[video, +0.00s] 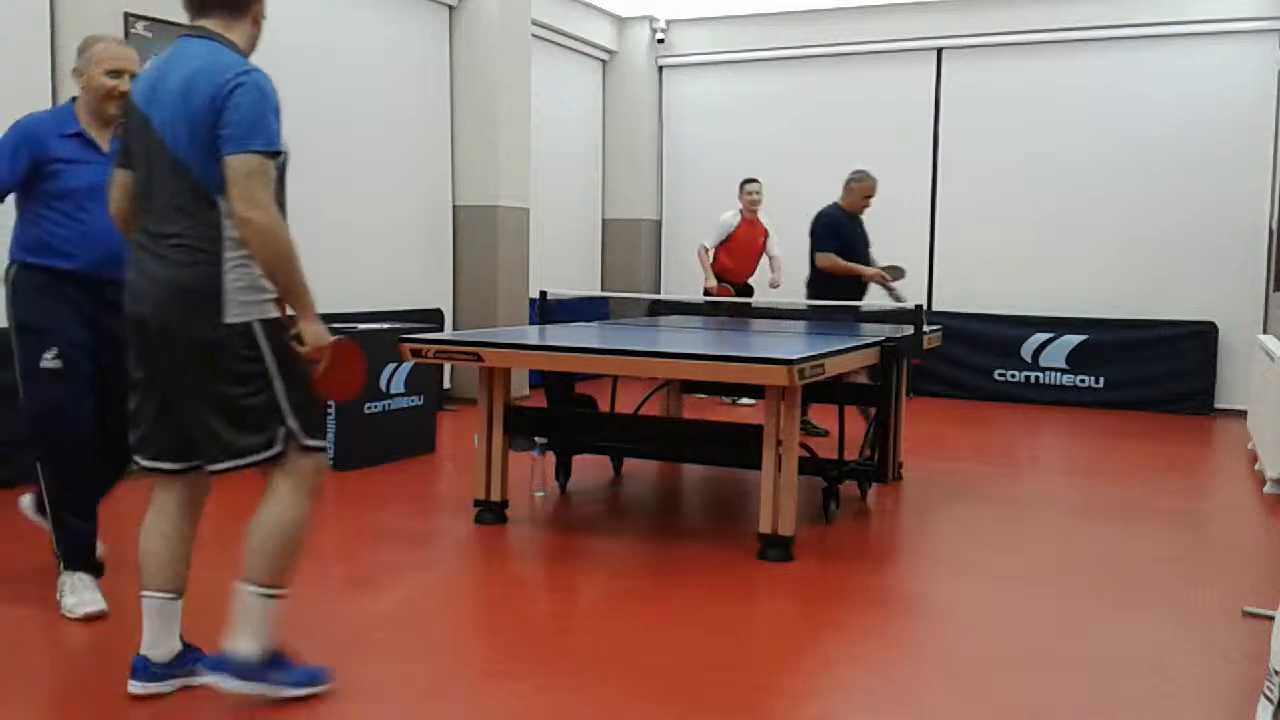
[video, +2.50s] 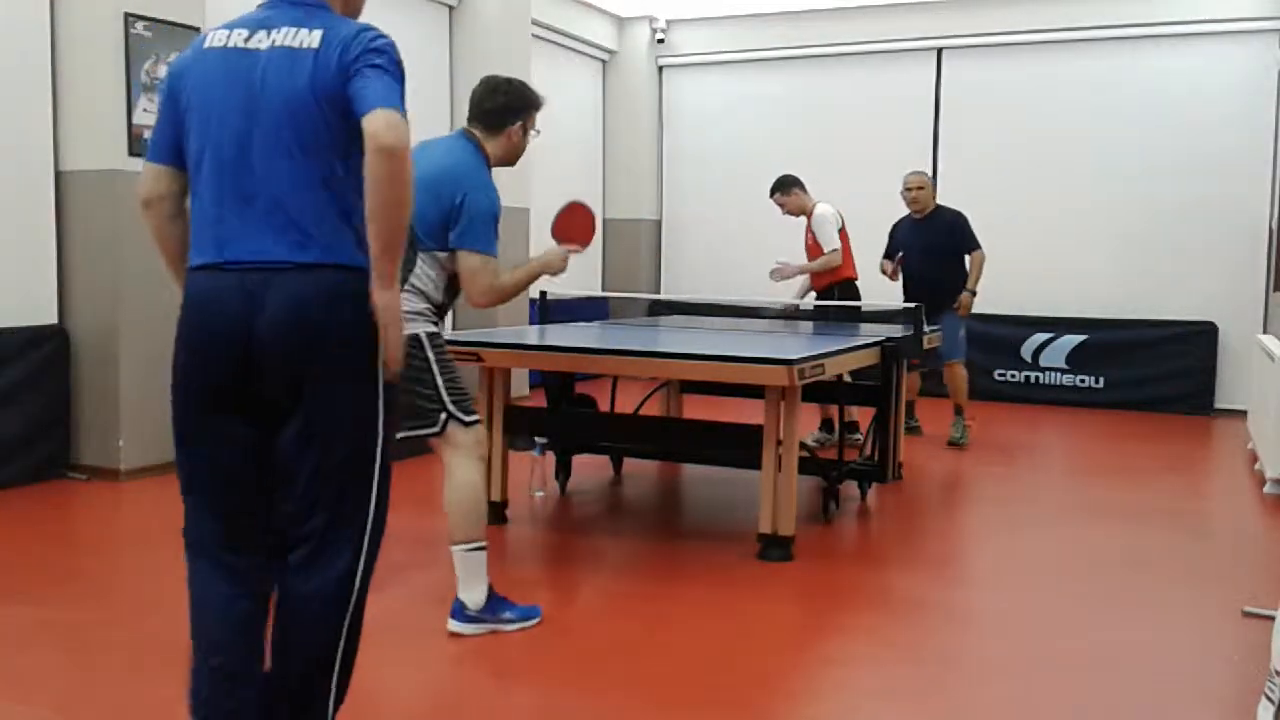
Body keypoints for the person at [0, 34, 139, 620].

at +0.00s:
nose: (124, 85)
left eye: (132, 77)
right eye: (113, 74)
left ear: (137, 83)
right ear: (79, 78)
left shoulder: (141, 142)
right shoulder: (36, 134)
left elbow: (157, 220)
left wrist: (162, 287)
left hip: (117, 295)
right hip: (47, 291)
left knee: (119, 435)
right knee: (65, 425)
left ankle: (52, 496)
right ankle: (78, 569)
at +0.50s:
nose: (250, 79)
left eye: (249, 68)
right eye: (244, 67)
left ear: (212, 67)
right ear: (217, 67)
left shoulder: (208, 130)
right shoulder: (168, 114)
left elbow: (232, 232)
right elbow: (182, 180)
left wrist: (286, 177)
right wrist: (262, 159)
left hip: (203, 287)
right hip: (160, 287)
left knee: (219, 430)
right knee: (217, 427)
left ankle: (212, 577)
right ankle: (133, 544)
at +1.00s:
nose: (277, 64)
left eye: (278, 52)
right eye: (277, 52)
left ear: (213, 44)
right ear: (258, 47)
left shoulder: (154, 103)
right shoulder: (252, 108)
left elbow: (115, 203)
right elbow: (303, 207)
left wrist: (148, 266)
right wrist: (325, 142)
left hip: (154, 291)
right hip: (225, 293)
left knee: (183, 453)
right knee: (243, 456)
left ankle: (156, 597)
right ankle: (224, 621)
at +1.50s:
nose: (233, 45)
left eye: (226, 33)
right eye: (232, 35)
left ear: (162, 29)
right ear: (222, 35)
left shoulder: (91, 95)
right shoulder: (231, 86)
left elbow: (46, 208)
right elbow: (285, 186)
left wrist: (42, 320)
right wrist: (242, 123)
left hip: (110, 303)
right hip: (207, 301)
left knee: (116, 492)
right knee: (232, 479)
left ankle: (129, 694)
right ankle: (235, 644)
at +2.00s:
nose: (272, 19)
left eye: (269, 11)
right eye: (269, 11)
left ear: (189, 13)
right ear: (252, 11)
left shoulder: (123, 90)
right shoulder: (272, 75)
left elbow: (70, 217)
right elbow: (358, 187)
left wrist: (64, 337)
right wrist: (291, 134)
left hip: (152, 316)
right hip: (254, 313)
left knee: (147, 507)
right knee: (277, 523)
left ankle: (129, 697)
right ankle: (288, 708)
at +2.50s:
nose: (362, 11)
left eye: (361, 5)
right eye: (362, 4)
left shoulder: (196, 54)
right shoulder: (358, 41)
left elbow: (158, 193)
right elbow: (387, 141)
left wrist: (202, 291)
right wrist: (386, 287)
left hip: (215, 305)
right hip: (323, 302)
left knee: (221, 541)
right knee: (330, 538)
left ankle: (224, 708)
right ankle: (301, 709)